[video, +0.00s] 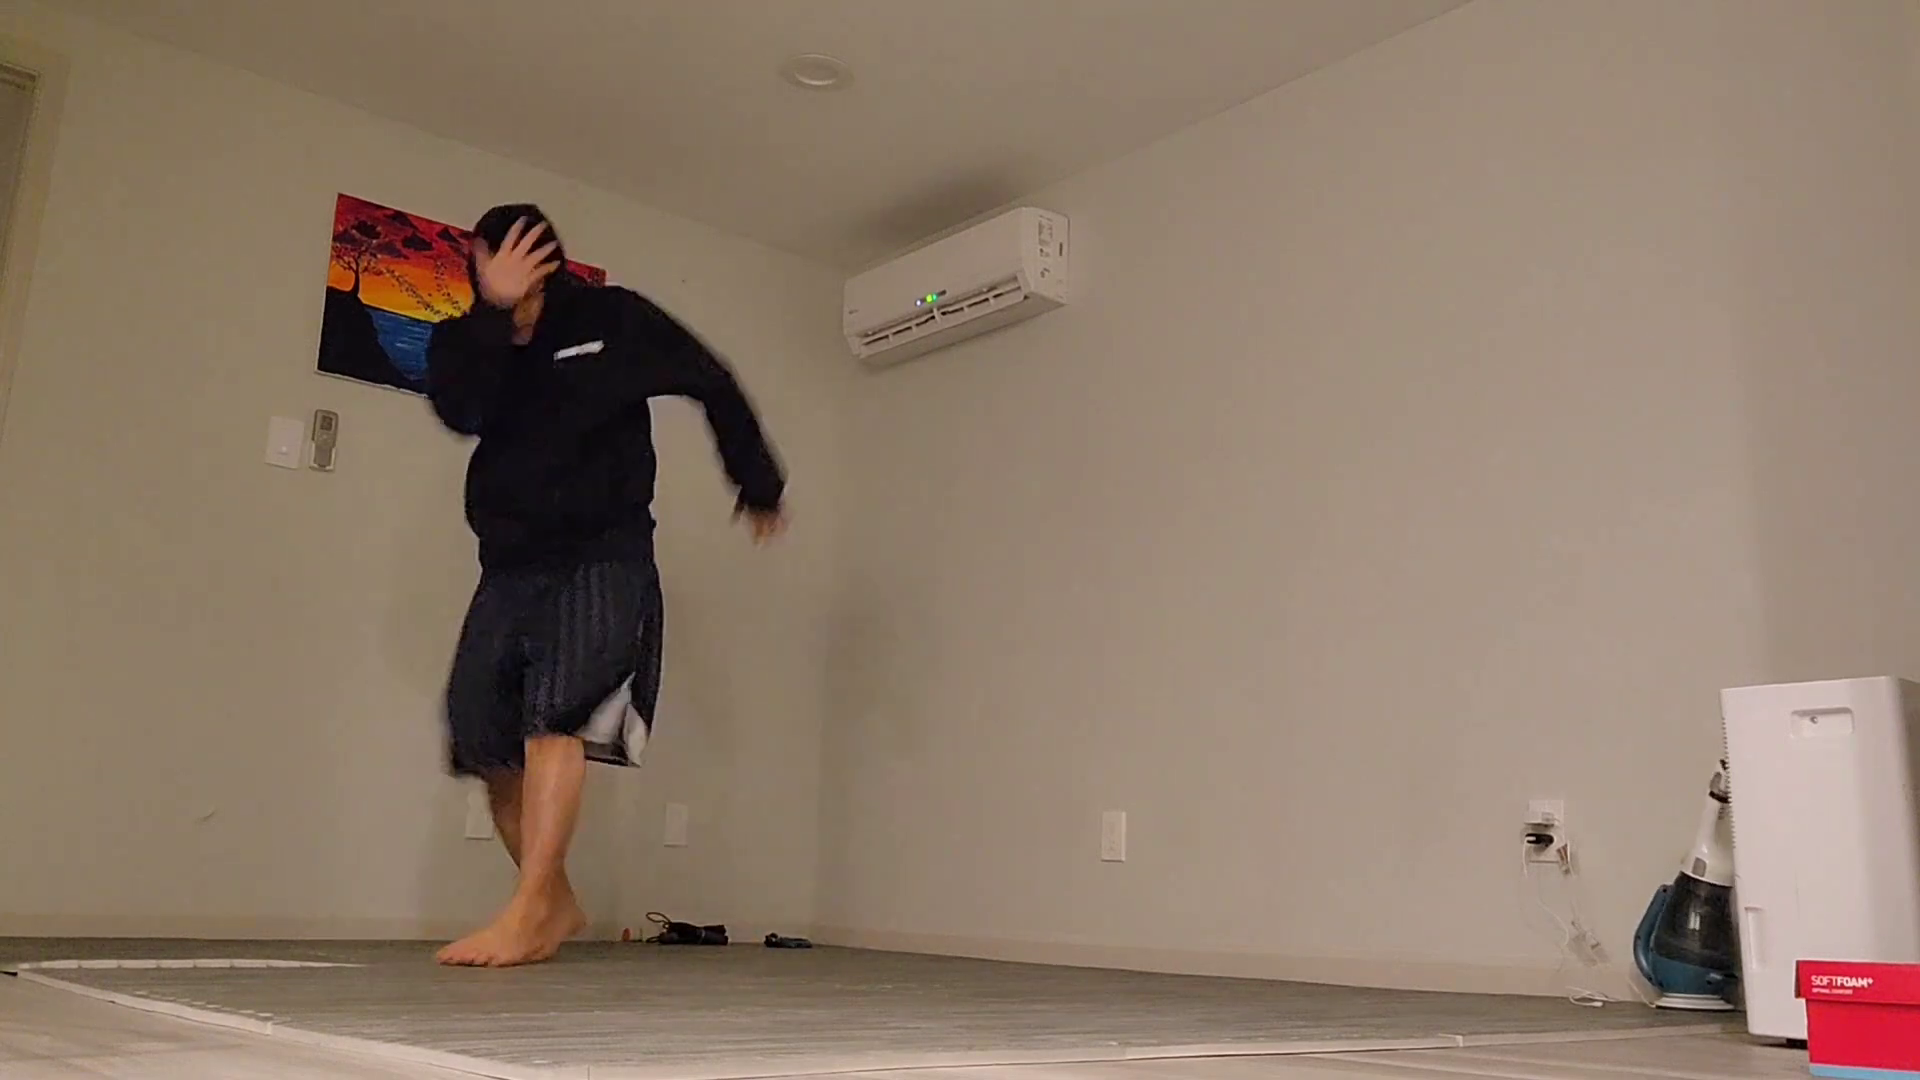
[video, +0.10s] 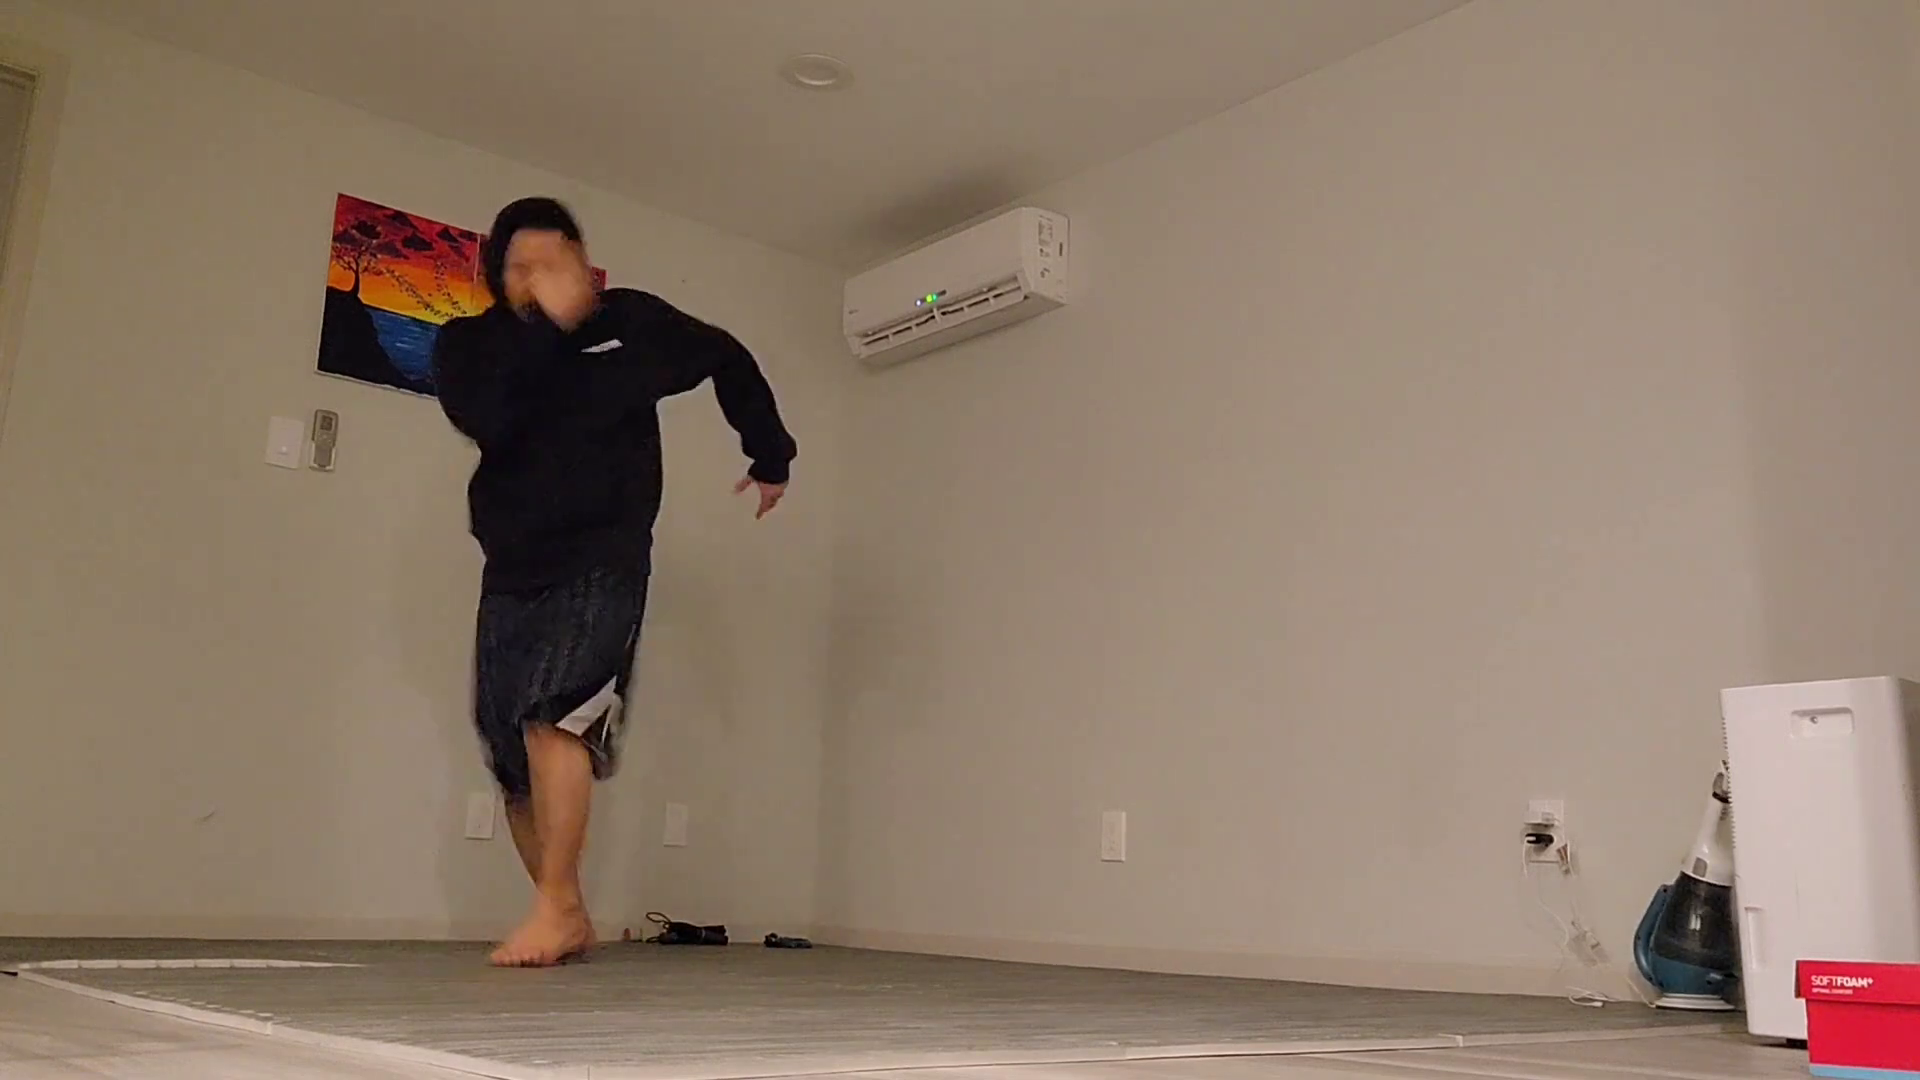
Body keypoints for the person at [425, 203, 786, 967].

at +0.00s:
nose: (500, 307)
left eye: (514, 292)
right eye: (487, 291)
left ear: (546, 271)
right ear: (479, 281)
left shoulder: (615, 319)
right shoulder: (473, 338)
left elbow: (712, 380)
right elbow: (461, 413)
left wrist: (759, 481)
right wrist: (491, 307)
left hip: (600, 560)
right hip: (511, 567)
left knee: (555, 720)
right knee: (486, 737)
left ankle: (529, 914)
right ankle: (553, 901)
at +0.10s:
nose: (545, 281)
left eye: (557, 262)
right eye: (525, 270)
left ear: (586, 264)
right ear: (501, 285)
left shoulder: (632, 323)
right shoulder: (473, 342)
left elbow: (726, 357)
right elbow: (479, 415)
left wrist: (770, 451)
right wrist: (548, 320)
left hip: (605, 552)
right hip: (515, 562)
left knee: (555, 719)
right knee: (513, 753)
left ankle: (557, 910)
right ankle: (562, 910)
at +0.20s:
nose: (568, 268)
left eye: (583, 253)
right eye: (553, 251)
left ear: (599, 258)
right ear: (522, 251)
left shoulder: (633, 325)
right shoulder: (476, 340)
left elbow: (722, 399)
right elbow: (464, 457)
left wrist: (753, 495)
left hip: (608, 559)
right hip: (512, 565)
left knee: (570, 737)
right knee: (490, 760)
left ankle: (559, 923)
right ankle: (567, 895)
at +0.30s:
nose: (597, 257)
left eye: (610, 243)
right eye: (583, 240)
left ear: (624, 254)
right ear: (548, 244)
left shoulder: (648, 340)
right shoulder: (488, 337)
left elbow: (702, 445)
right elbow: (420, 451)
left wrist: (699, 534)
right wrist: (464, 515)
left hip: (609, 572)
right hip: (505, 570)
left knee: (591, 747)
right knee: (471, 718)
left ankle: (561, 926)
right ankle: (534, 799)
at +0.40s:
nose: (614, 240)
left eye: (627, 228)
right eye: (600, 222)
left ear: (638, 239)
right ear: (565, 224)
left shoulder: (653, 323)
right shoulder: (494, 308)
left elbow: (690, 427)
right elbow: (391, 378)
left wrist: (615, 465)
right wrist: (387, 450)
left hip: (608, 558)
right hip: (506, 543)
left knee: (586, 746)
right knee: (506, 675)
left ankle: (533, 920)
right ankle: (514, 843)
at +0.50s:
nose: (627, 244)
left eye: (641, 233)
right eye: (613, 226)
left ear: (650, 246)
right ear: (578, 228)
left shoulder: (656, 315)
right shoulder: (512, 288)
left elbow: (632, 373)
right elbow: (385, 316)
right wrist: (326, 380)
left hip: (607, 552)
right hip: (510, 533)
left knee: (575, 757)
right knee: (514, 691)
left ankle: (510, 925)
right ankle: (492, 894)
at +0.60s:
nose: (633, 256)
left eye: (647, 247)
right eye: (621, 238)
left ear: (654, 258)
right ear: (582, 236)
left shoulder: (651, 316)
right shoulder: (508, 302)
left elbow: (627, 355)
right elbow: (402, 326)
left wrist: (523, 332)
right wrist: (302, 348)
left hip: (605, 556)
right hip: (506, 538)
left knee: (583, 753)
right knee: (507, 697)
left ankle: (506, 916)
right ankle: (471, 912)